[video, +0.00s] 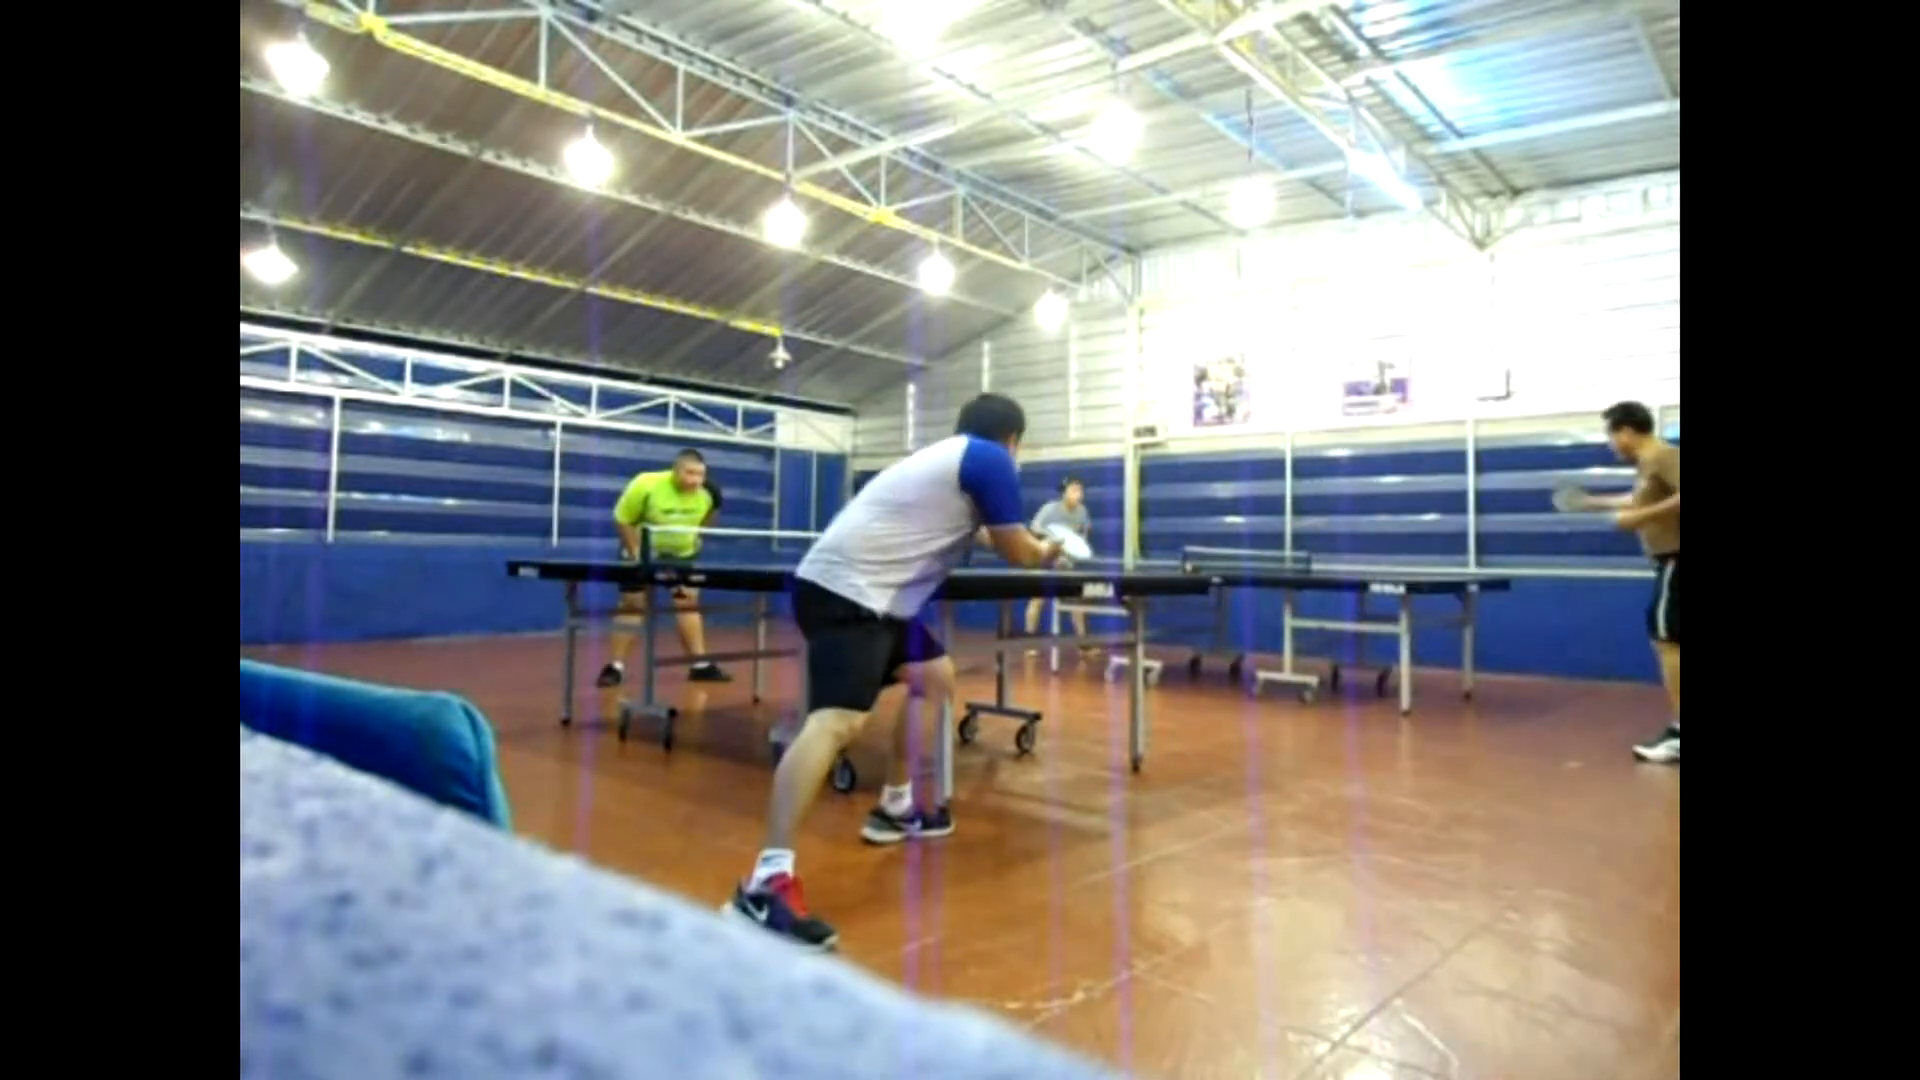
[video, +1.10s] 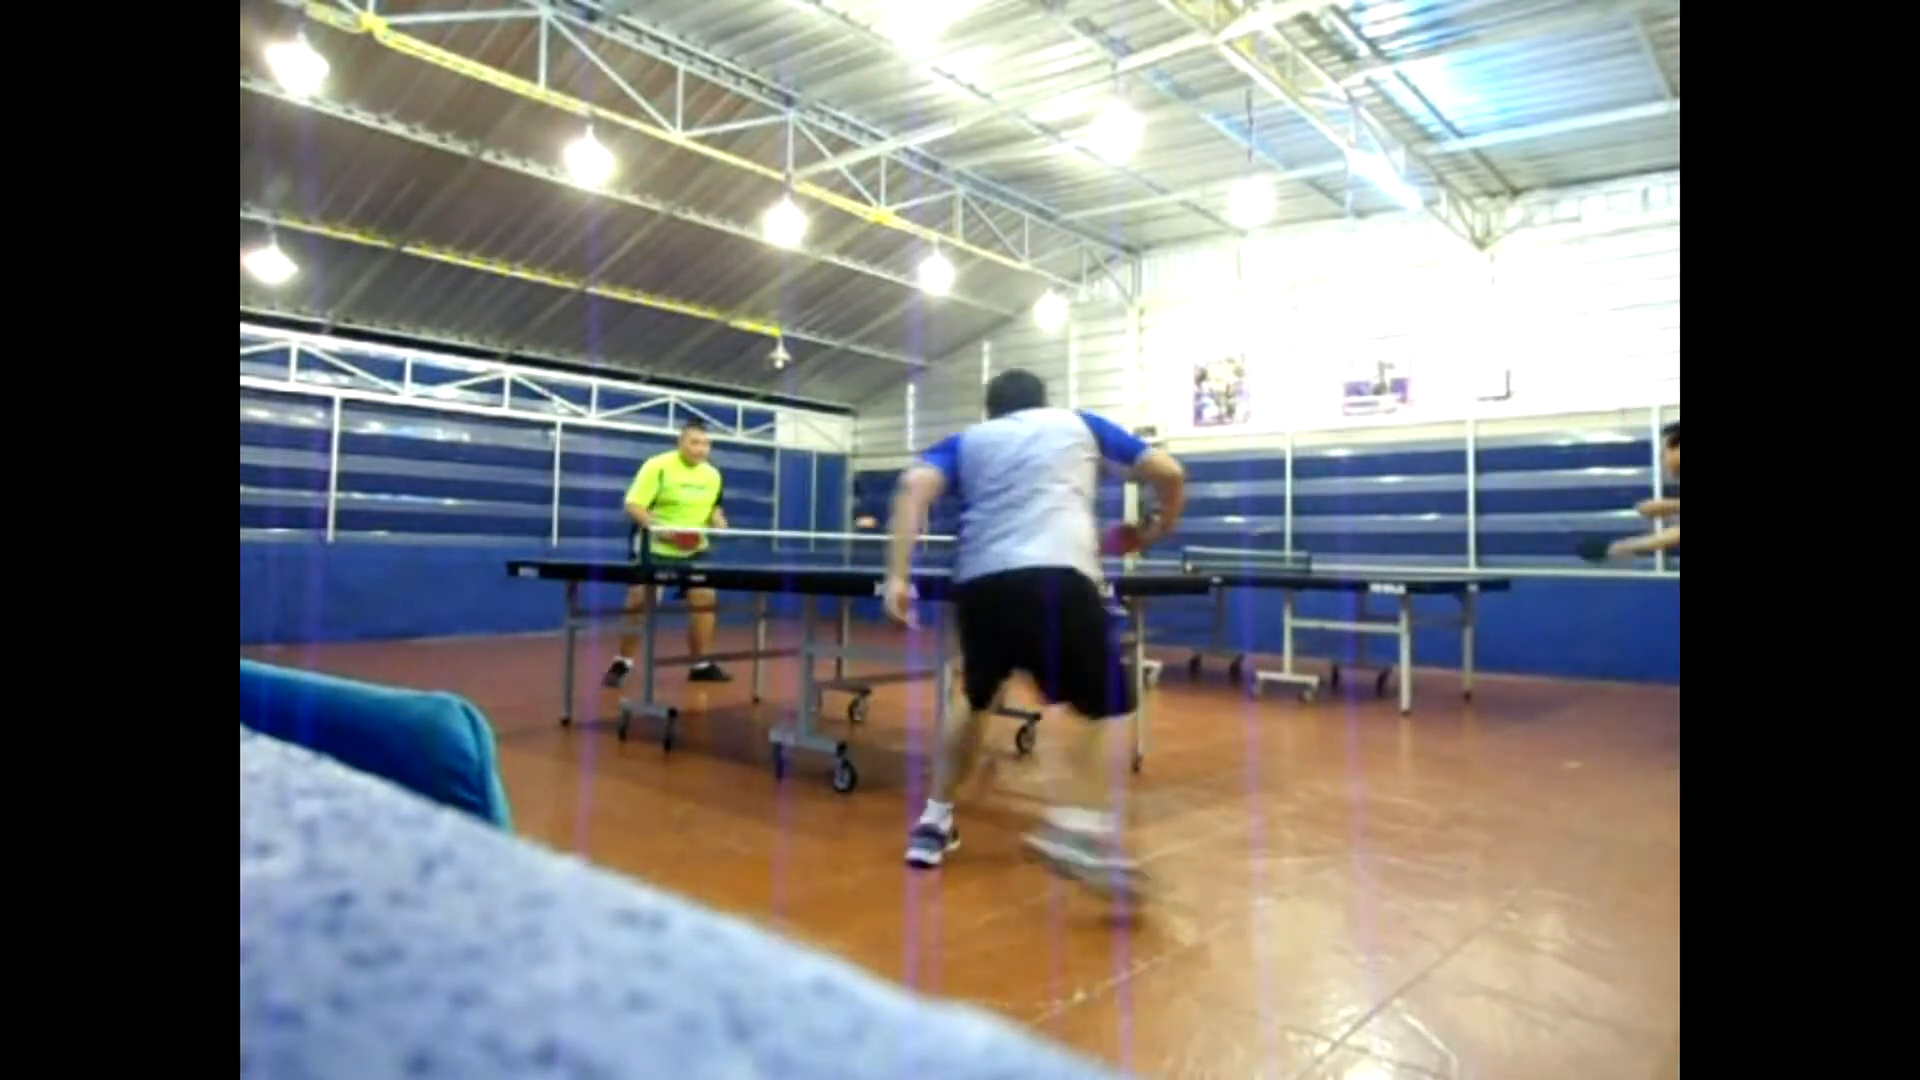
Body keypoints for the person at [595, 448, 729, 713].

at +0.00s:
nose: (694, 479)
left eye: (699, 474)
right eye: (689, 473)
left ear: (704, 475)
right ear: (676, 471)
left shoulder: (708, 495)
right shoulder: (646, 485)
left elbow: (703, 520)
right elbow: (623, 517)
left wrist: (690, 538)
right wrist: (636, 551)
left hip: (684, 554)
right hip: (646, 552)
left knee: (689, 603)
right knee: (632, 606)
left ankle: (700, 660)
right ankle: (616, 664)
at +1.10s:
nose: (699, 449)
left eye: (704, 443)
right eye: (693, 442)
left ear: (709, 446)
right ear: (681, 442)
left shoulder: (712, 475)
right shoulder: (657, 467)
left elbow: (711, 506)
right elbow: (634, 503)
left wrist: (719, 521)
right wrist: (656, 527)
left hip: (694, 553)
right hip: (657, 551)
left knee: (705, 600)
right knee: (640, 600)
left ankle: (702, 661)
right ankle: (624, 660)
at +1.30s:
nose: (707, 469)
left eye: (712, 464)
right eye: (702, 462)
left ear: (715, 466)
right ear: (688, 459)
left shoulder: (710, 490)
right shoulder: (659, 478)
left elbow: (703, 521)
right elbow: (650, 518)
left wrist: (720, 524)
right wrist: (698, 522)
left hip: (688, 553)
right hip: (653, 553)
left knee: (706, 599)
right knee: (643, 601)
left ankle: (701, 662)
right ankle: (635, 670)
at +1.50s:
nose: (712, 478)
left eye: (716, 473)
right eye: (707, 471)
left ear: (718, 473)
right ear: (691, 466)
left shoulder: (711, 499)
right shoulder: (663, 476)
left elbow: (704, 526)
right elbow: (654, 513)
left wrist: (724, 536)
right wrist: (699, 522)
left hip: (683, 556)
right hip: (648, 554)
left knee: (709, 601)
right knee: (642, 601)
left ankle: (701, 663)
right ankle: (634, 670)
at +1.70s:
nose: (716, 467)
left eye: (720, 462)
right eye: (710, 460)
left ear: (723, 466)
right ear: (696, 460)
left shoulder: (720, 499)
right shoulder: (670, 470)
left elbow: (721, 529)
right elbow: (628, 475)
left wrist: (743, 526)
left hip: (691, 563)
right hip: (652, 557)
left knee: (717, 605)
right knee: (647, 603)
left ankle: (701, 664)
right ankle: (634, 671)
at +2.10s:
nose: (699, 442)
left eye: (705, 438)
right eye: (695, 435)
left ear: (710, 444)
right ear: (682, 436)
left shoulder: (712, 478)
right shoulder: (656, 457)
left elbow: (717, 511)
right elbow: (620, 484)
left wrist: (715, 525)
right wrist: (588, 503)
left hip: (689, 545)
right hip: (647, 541)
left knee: (701, 599)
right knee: (627, 600)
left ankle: (701, 661)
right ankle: (606, 661)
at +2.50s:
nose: (656, 433)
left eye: (661, 427)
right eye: (651, 426)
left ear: (666, 430)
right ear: (637, 427)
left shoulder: (675, 462)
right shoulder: (613, 453)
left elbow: (686, 497)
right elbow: (597, 487)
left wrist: (673, 513)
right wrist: (606, 509)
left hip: (661, 540)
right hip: (619, 540)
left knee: (669, 600)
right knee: (610, 603)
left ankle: (668, 659)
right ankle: (599, 660)